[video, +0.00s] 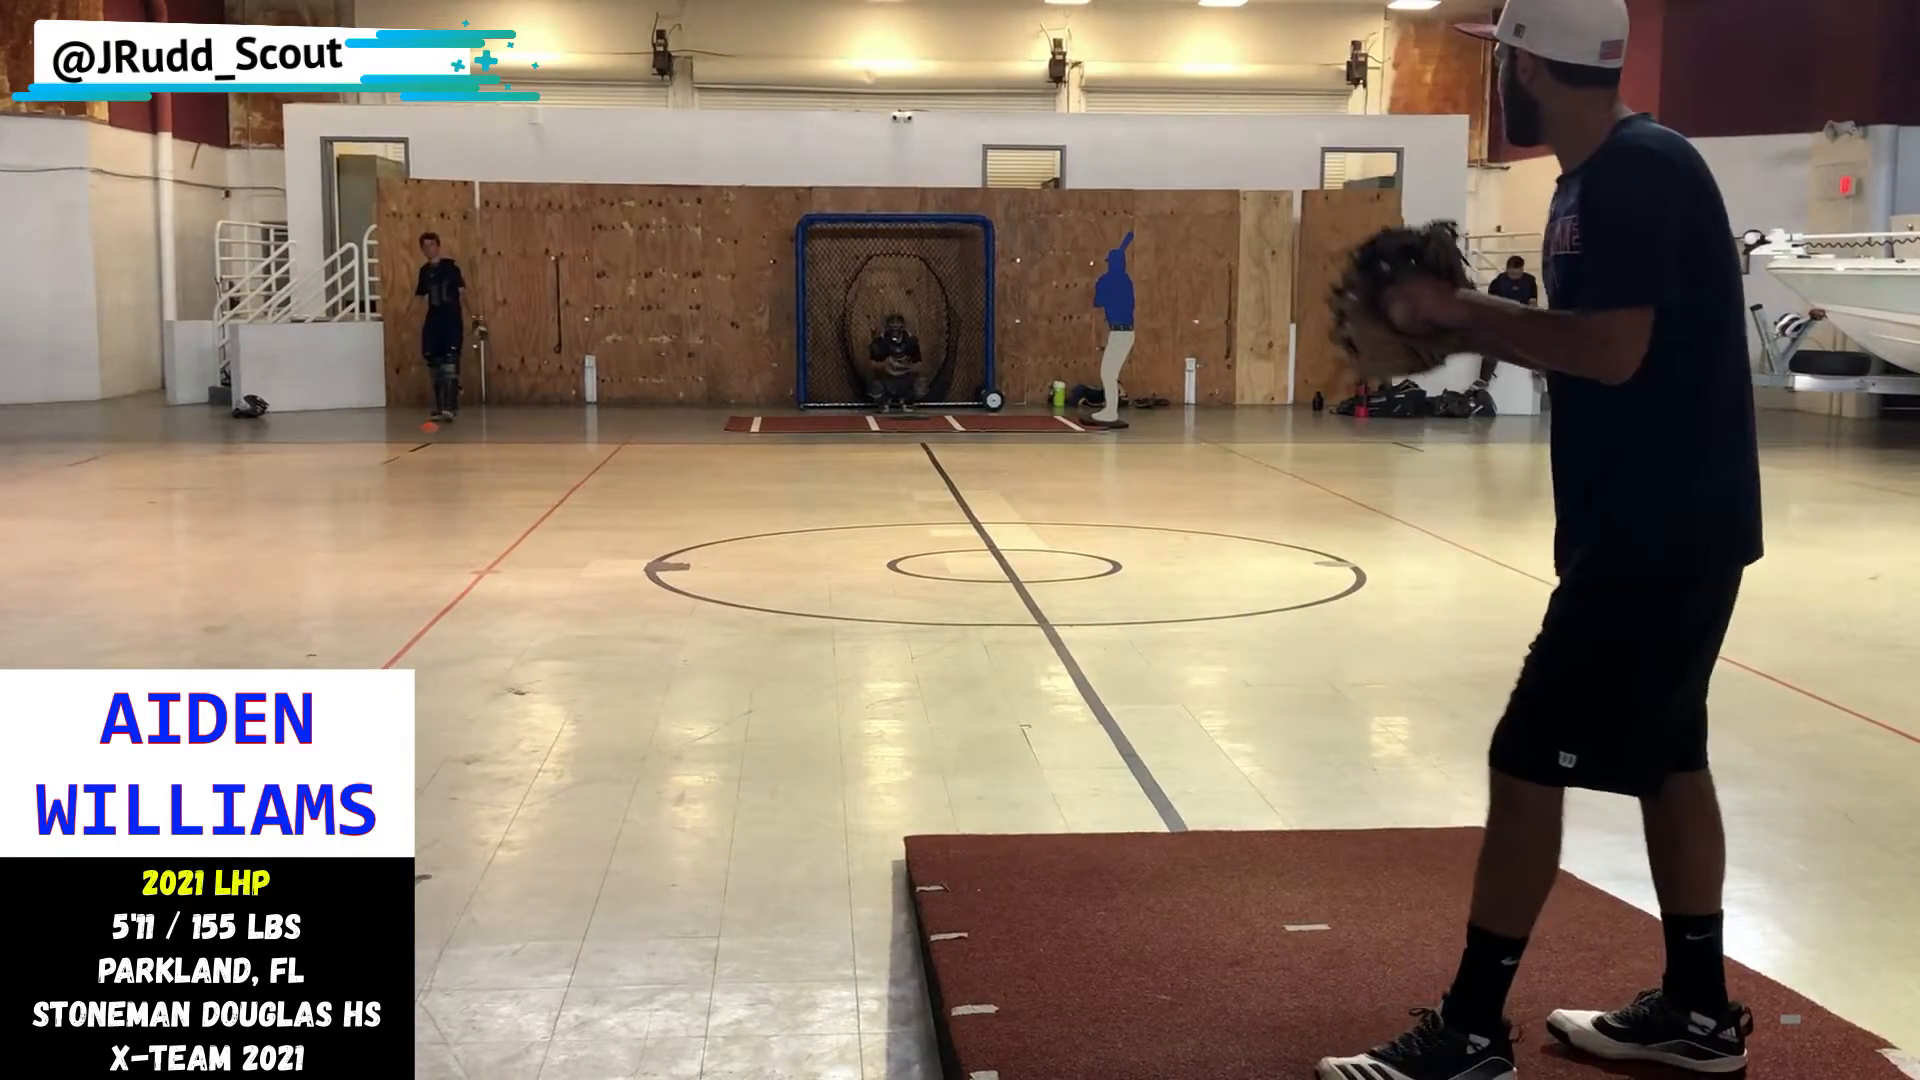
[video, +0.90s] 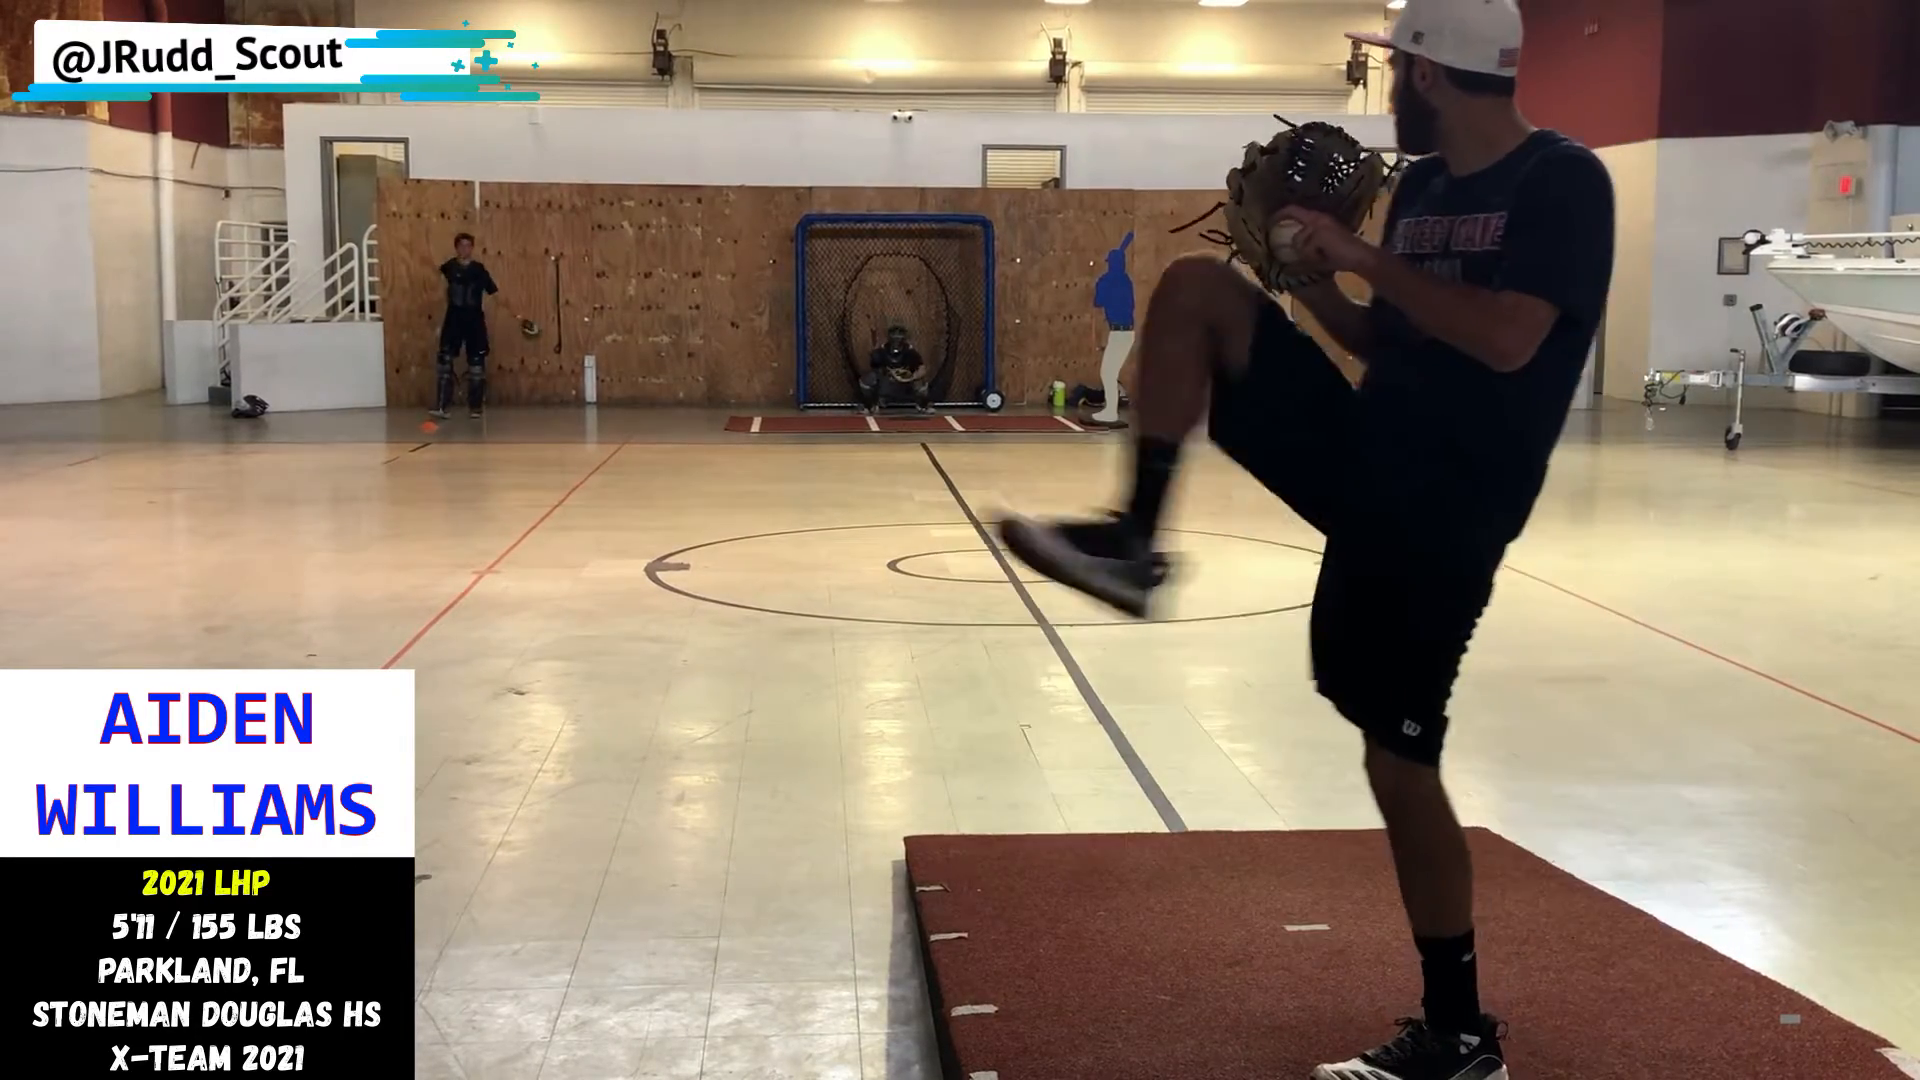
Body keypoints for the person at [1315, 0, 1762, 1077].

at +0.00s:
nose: (1501, 85)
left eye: (1508, 61)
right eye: (1503, 62)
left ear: (1539, 66)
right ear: (1601, 64)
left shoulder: (1633, 175)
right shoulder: (1611, 174)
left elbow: (1611, 347)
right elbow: (1593, 342)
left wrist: (1460, 315)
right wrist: (1471, 313)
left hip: (1645, 546)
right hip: (1671, 539)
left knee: (1525, 758)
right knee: (1669, 758)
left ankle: (1471, 1028)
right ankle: (1696, 1004)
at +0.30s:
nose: (1463, 72)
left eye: (1472, 51)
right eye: (1466, 52)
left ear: (1505, 60)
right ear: (1543, 63)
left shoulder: (1626, 176)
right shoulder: (1505, 188)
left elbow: (1549, 332)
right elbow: (1488, 353)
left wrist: (1393, 246)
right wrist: (1378, 285)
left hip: (1592, 539)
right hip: (1538, 533)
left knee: (1457, 761)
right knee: (1559, 762)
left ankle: (1460, 1029)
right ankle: (1675, 988)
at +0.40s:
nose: (1452, 80)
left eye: (1460, 57)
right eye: (1456, 57)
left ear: (1491, 63)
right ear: (1526, 66)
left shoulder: (1623, 174)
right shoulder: (1495, 190)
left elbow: (1550, 326)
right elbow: (1455, 352)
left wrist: (1394, 248)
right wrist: (1358, 274)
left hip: (1564, 533)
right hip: (1485, 517)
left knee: (1445, 763)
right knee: (1413, 747)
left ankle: (1458, 1029)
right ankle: (1582, 904)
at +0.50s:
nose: (1445, 85)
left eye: (1452, 59)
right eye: (1446, 62)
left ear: (1489, 60)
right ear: (1526, 62)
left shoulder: (1624, 171)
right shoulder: (1485, 185)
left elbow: (1547, 326)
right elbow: (1452, 354)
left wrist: (1391, 243)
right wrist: (1352, 277)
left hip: (1539, 533)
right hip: (1446, 504)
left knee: (1429, 778)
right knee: (1296, 685)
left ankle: (1457, 1028)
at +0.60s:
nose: (1440, 79)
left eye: (1446, 55)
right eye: (1442, 57)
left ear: (1483, 58)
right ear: (1517, 61)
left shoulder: (1620, 172)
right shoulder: (1476, 183)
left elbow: (1547, 325)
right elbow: (1441, 344)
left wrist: (1390, 245)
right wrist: (1342, 278)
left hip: (1514, 526)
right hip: (1421, 483)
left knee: (1430, 771)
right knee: (1215, 575)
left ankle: (1457, 1030)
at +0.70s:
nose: (1431, 81)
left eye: (1439, 58)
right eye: (1433, 59)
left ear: (1475, 60)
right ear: (1513, 63)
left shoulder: (1608, 174)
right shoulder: (1463, 184)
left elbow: (1538, 326)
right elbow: (1421, 343)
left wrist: (1383, 250)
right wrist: (1334, 280)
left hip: (1488, 522)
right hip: (1398, 470)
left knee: (1425, 762)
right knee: (1179, 451)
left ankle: (1458, 1031)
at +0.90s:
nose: (1395, 84)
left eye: (1400, 64)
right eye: (1397, 66)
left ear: (1428, 69)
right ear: (1468, 72)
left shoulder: (1568, 181)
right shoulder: (1418, 187)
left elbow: (1513, 335)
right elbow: (1381, 349)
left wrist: (1359, 259)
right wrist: (1307, 273)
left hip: (1447, 510)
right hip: (1363, 457)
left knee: (1401, 766)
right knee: (1195, 292)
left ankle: (1457, 1030)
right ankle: (1133, 539)